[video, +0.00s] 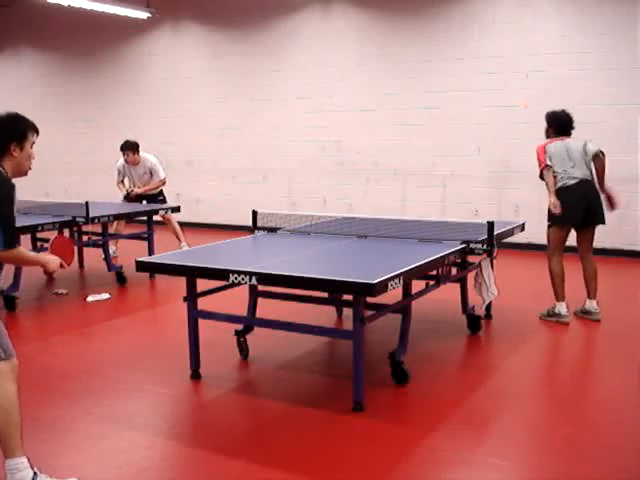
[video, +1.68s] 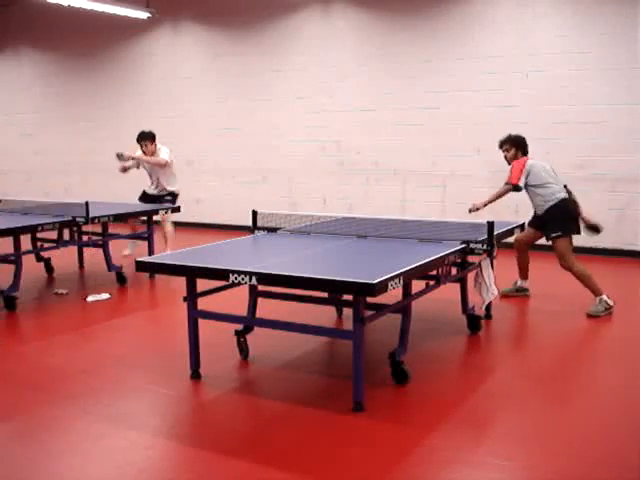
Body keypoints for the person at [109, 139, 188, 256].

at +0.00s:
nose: (125, 158)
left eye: (128, 155)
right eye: (124, 155)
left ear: (136, 154)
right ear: (123, 155)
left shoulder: (150, 161)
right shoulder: (121, 165)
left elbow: (162, 180)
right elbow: (119, 182)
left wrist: (142, 190)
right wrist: (126, 191)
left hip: (154, 193)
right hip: (135, 194)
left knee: (166, 216)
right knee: (120, 218)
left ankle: (183, 244)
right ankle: (113, 246)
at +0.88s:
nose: (125, 140)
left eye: (128, 136)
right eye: (124, 136)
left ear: (136, 136)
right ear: (123, 136)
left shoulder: (148, 151)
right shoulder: (119, 149)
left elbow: (158, 170)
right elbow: (114, 163)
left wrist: (140, 176)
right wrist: (114, 177)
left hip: (147, 194)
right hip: (126, 193)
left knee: (161, 217)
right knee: (115, 218)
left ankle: (179, 242)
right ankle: (119, 247)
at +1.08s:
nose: (127, 142)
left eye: (130, 139)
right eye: (126, 139)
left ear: (138, 139)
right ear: (124, 138)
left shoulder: (149, 154)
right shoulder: (119, 150)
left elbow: (155, 174)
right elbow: (107, 166)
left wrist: (144, 182)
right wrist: (117, 178)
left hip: (140, 192)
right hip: (120, 192)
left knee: (152, 220)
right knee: (111, 221)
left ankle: (165, 248)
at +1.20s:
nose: (134, 156)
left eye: (137, 153)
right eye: (132, 153)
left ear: (143, 153)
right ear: (129, 153)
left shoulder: (151, 168)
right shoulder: (123, 165)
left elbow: (162, 187)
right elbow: (114, 184)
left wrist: (167, 200)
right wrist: (131, 192)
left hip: (142, 204)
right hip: (122, 203)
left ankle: (160, 251)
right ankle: (94, 248)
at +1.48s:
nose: (148, 160)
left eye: (150, 156)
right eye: (144, 158)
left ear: (153, 155)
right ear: (139, 159)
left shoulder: (160, 165)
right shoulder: (135, 167)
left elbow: (174, 178)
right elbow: (127, 185)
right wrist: (138, 198)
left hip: (157, 200)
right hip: (141, 201)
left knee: (155, 220)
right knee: (117, 223)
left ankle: (165, 252)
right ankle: (97, 247)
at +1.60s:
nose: (146, 153)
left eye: (148, 150)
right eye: (143, 151)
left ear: (153, 146)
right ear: (141, 150)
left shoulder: (163, 154)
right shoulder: (141, 160)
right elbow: (131, 177)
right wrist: (128, 175)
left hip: (165, 195)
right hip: (147, 194)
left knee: (156, 219)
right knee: (126, 218)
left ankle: (165, 250)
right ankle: (121, 242)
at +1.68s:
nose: (143, 149)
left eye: (146, 145)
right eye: (141, 146)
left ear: (153, 144)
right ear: (140, 146)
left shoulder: (164, 151)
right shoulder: (141, 154)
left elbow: (163, 162)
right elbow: (135, 163)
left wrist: (138, 158)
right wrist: (126, 166)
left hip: (168, 191)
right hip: (152, 190)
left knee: (164, 219)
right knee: (133, 217)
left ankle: (168, 250)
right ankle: (133, 244)